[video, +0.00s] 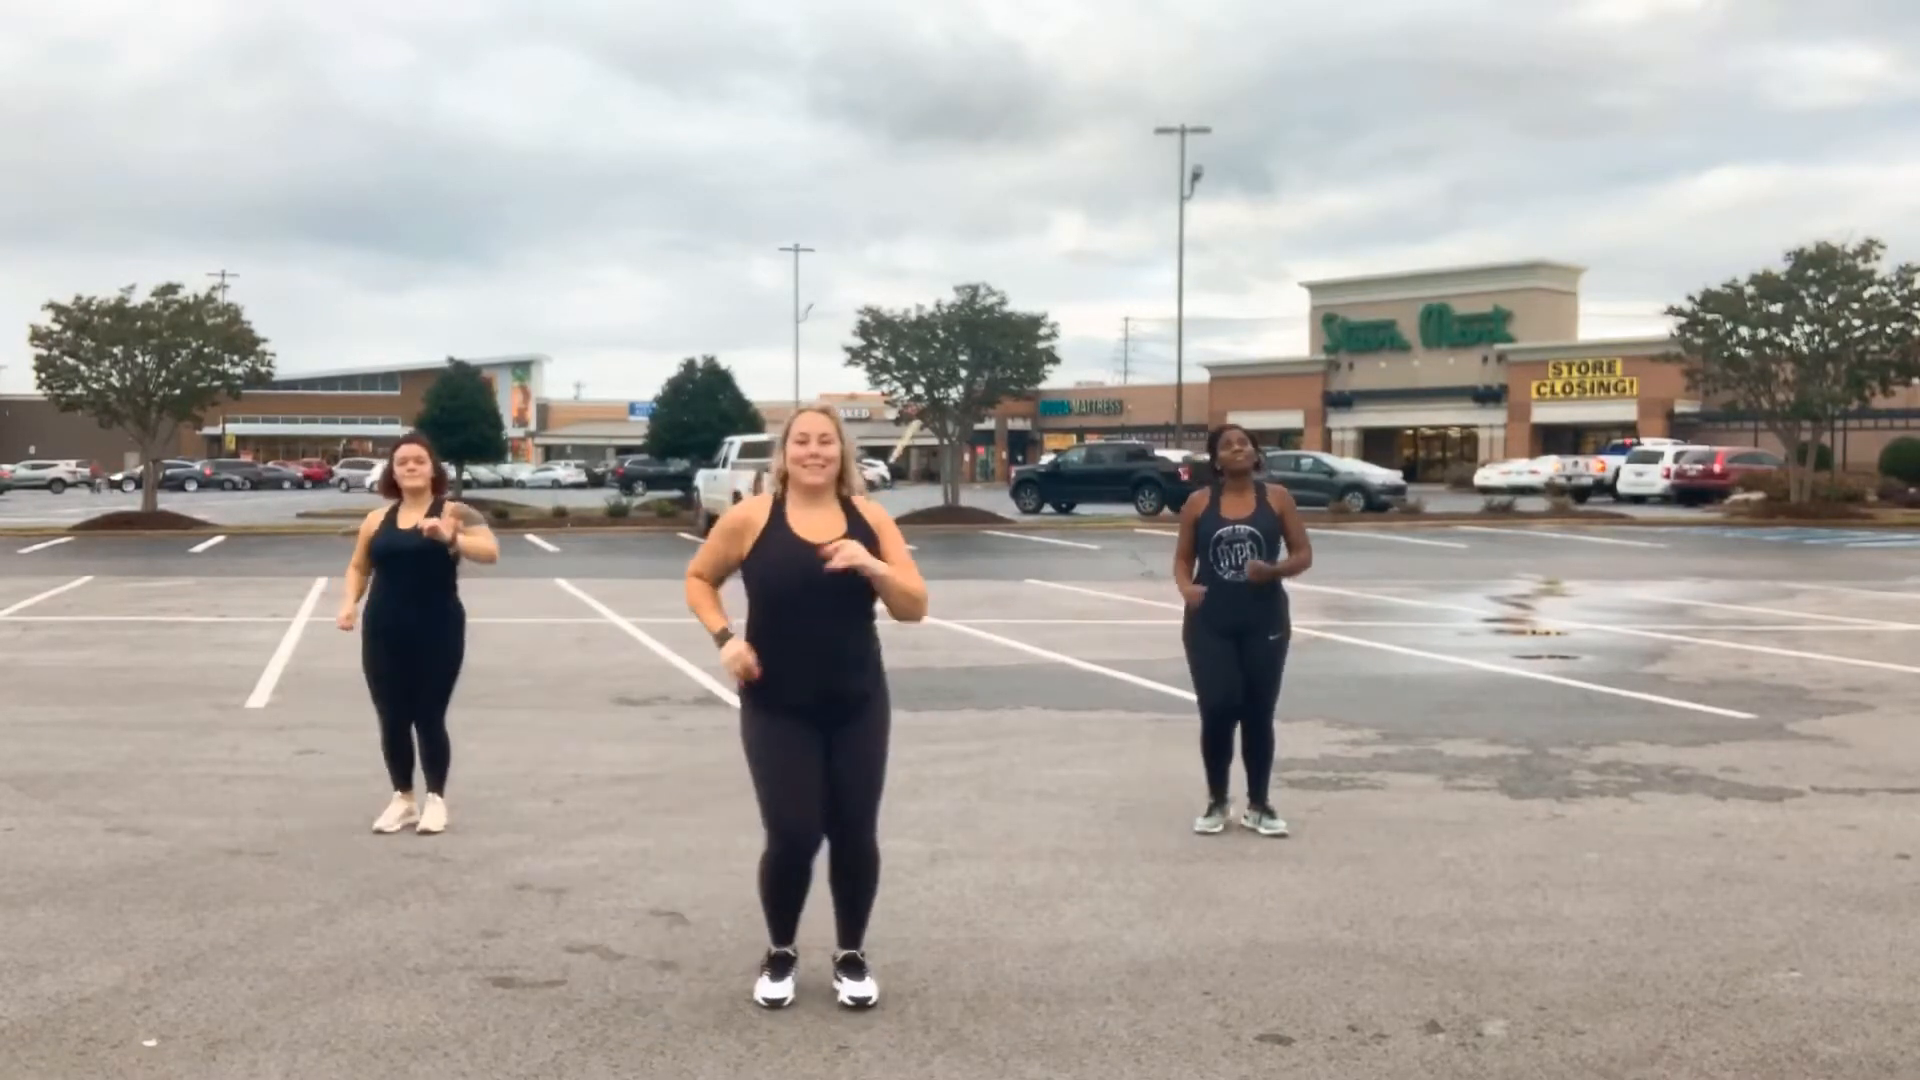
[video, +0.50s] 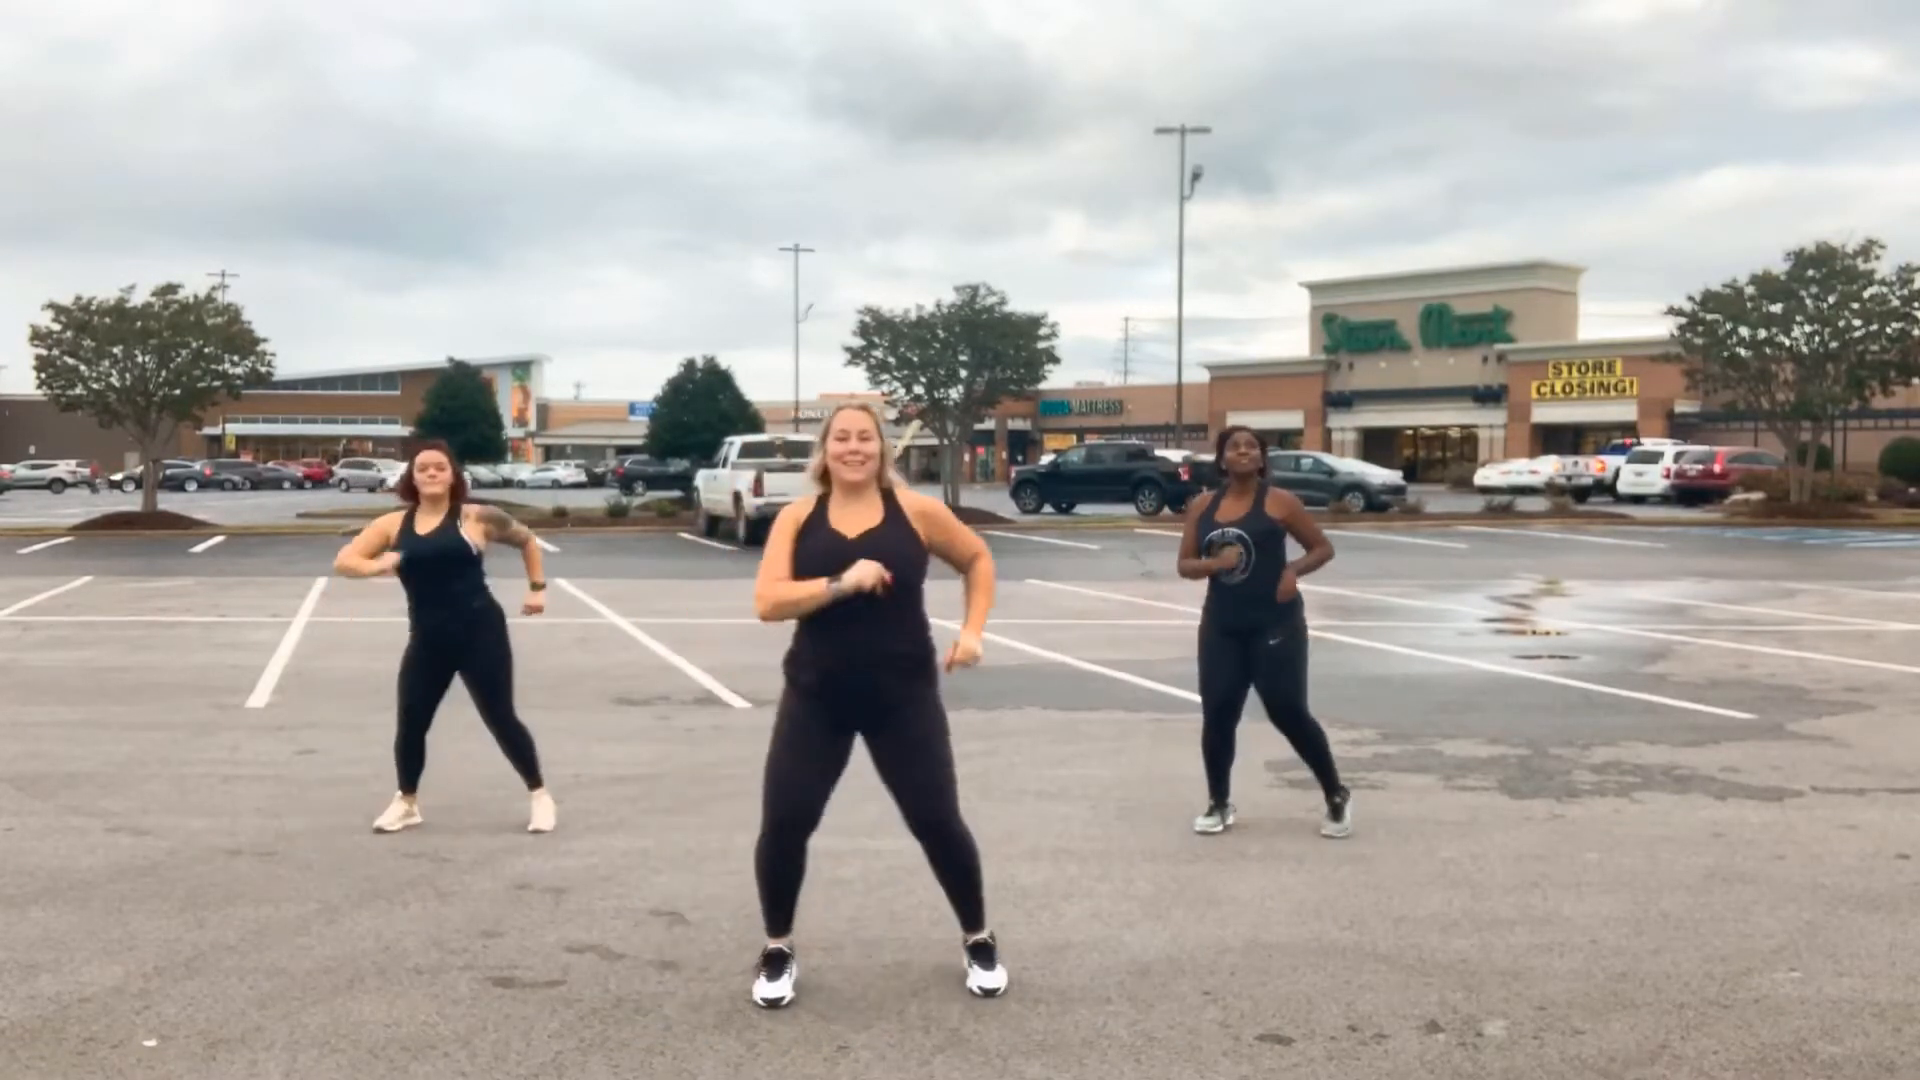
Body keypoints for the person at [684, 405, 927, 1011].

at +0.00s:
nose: (814, 450)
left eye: (826, 440)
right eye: (801, 440)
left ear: (843, 452)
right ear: (783, 453)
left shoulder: (869, 519)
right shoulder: (749, 519)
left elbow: (914, 607)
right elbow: (699, 579)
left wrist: (875, 569)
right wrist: (727, 638)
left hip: (857, 704)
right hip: (776, 704)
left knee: (855, 835)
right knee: (794, 837)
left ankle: (851, 956)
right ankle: (780, 956)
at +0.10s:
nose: (817, 457)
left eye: (827, 448)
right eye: (805, 448)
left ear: (844, 460)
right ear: (786, 460)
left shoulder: (871, 529)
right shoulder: (754, 523)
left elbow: (907, 617)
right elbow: (694, 589)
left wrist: (865, 594)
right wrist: (719, 661)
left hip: (862, 711)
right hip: (782, 712)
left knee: (866, 835)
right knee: (806, 838)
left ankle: (853, 957)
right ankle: (782, 957)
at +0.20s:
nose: (818, 457)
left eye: (829, 448)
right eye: (806, 448)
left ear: (846, 459)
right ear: (787, 460)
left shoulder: (876, 526)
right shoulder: (760, 529)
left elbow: (906, 608)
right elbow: (708, 614)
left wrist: (880, 674)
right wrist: (727, 699)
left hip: (862, 706)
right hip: (783, 710)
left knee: (889, 827)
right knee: (794, 842)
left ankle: (859, 952)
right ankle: (779, 957)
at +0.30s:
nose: (821, 457)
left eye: (832, 447)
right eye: (809, 448)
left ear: (850, 458)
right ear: (791, 459)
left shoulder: (883, 524)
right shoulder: (766, 531)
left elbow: (915, 617)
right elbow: (736, 620)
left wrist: (929, 701)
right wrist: (767, 686)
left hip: (869, 706)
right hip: (788, 707)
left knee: (915, 813)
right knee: (785, 840)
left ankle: (894, 940)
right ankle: (778, 957)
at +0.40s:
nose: (835, 449)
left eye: (846, 439)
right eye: (823, 440)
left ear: (864, 451)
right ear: (805, 452)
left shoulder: (897, 517)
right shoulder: (778, 520)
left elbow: (949, 588)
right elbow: (755, 609)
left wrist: (961, 662)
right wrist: (819, 612)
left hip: (881, 702)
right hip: (795, 704)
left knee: (925, 822)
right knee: (786, 833)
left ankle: (958, 935)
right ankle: (777, 954)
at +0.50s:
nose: (853, 447)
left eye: (864, 438)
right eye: (842, 438)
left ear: (882, 448)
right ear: (824, 449)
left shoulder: (916, 510)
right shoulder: (796, 517)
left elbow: (977, 558)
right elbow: (768, 601)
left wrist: (972, 631)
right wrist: (837, 585)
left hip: (903, 698)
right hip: (816, 701)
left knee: (937, 823)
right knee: (783, 826)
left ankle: (978, 941)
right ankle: (777, 949)